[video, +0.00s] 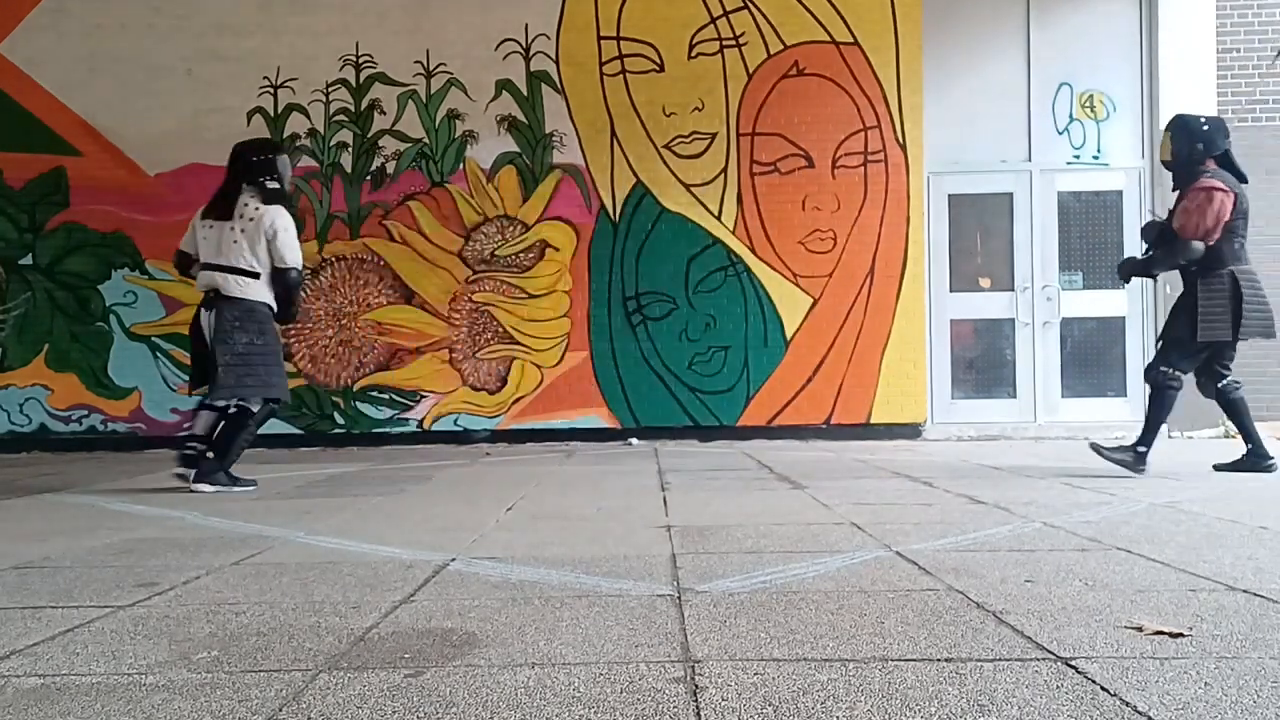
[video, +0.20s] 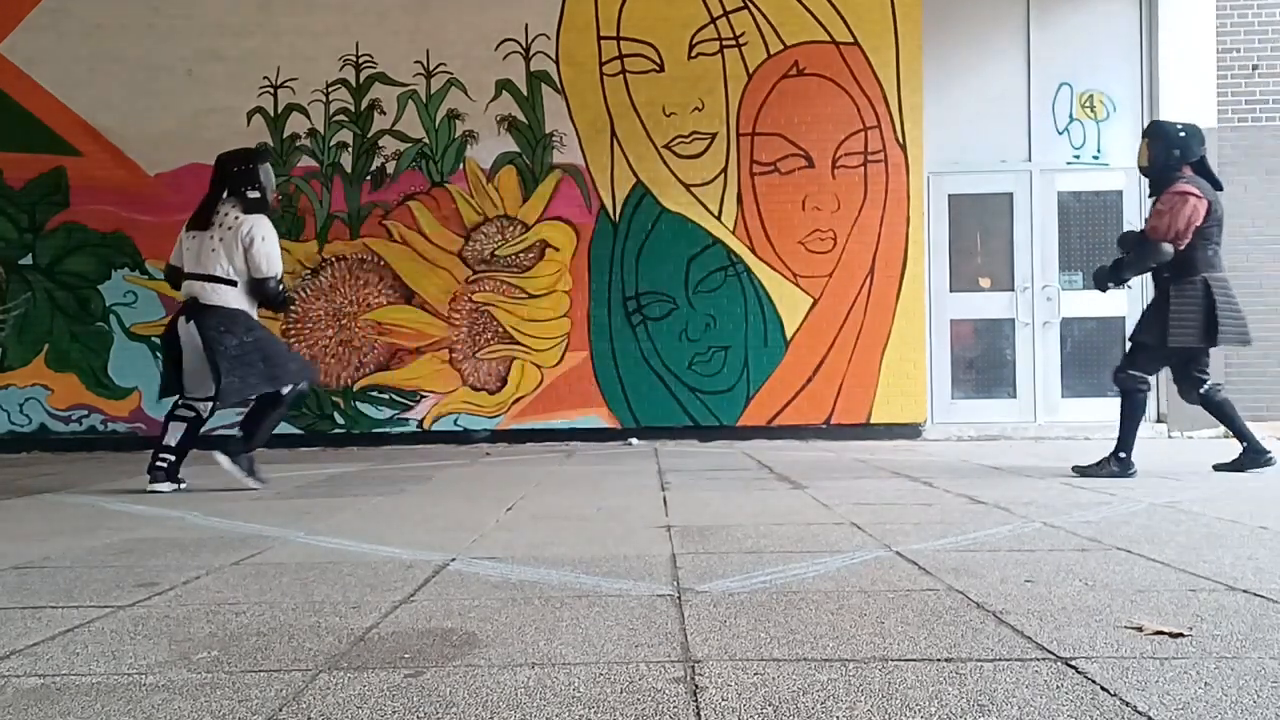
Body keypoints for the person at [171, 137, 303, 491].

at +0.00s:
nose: (287, 176)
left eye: (285, 168)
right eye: (282, 169)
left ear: (237, 171)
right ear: (269, 173)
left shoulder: (212, 208)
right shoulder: (275, 215)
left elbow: (183, 260)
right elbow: (288, 278)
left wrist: (219, 277)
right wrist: (286, 313)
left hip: (211, 311)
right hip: (248, 313)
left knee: (223, 385)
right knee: (263, 394)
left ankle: (193, 450)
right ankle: (214, 470)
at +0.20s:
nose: (273, 189)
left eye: (272, 182)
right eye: (268, 182)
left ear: (224, 183)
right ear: (252, 184)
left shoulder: (198, 218)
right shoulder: (256, 224)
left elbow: (173, 274)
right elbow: (266, 290)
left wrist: (211, 288)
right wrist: (291, 302)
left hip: (188, 322)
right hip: (229, 324)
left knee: (196, 398)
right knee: (293, 376)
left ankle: (162, 471)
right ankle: (242, 449)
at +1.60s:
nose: (480, 206)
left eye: (477, 198)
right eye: (474, 199)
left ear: (437, 206)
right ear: (457, 207)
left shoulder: (425, 241)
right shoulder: (451, 248)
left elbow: (426, 303)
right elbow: (459, 308)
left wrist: (473, 326)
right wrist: (492, 297)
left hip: (408, 341)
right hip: (439, 346)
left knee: (389, 415)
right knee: (515, 381)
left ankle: (332, 468)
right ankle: (543, 462)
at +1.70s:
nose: (453, 205)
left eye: (450, 198)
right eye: (448, 199)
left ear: (410, 201)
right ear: (434, 204)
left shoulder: (394, 234)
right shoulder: (428, 241)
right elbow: (437, 301)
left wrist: (454, 282)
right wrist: (457, 310)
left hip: (381, 337)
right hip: (417, 342)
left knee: (371, 409)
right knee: (481, 392)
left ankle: (323, 468)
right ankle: (527, 457)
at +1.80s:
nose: (434, 193)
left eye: (432, 185)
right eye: (429, 186)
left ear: (387, 192)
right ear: (416, 193)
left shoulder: (370, 223)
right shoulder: (413, 232)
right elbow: (432, 296)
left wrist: (430, 254)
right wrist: (444, 270)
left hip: (363, 327)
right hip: (400, 331)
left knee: (363, 403)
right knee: (470, 373)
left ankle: (322, 467)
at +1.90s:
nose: (425, 188)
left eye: (424, 180)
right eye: (420, 181)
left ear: (378, 186)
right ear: (405, 186)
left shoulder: (359, 221)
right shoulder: (405, 224)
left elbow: (346, 277)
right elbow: (427, 289)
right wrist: (436, 258)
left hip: (356, 322)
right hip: (394, 323)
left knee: (358, 397)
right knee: (468, 361)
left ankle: (321, 468)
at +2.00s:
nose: (419, 185)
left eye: (416, 176)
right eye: (414, 177)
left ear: (371, 183)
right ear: (401, 183)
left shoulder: (353, 220)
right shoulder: (403, 221)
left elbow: (337, 277)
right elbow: (424, 286)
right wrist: (435, 261)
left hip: (351, 317)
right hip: (390, 318)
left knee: (354, 395)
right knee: (454, 364)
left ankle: (321, 468)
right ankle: (394, 407)